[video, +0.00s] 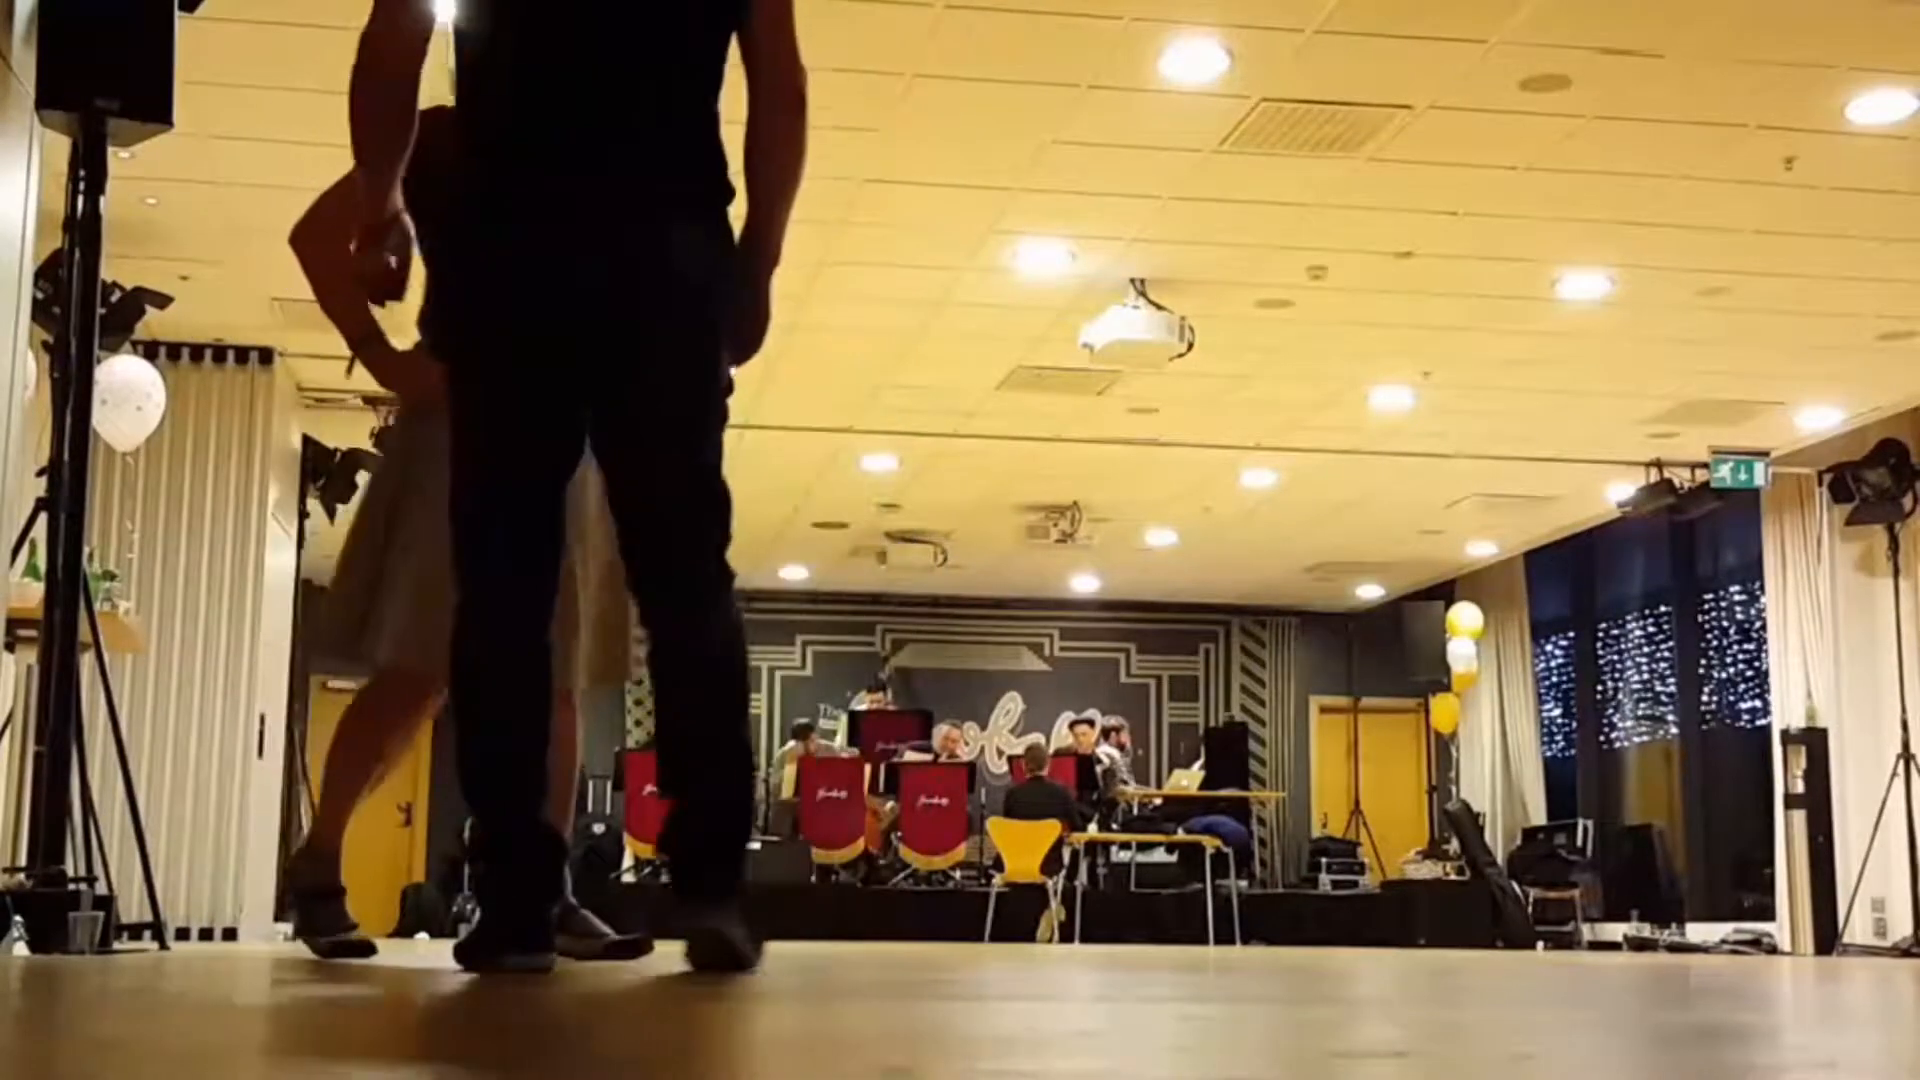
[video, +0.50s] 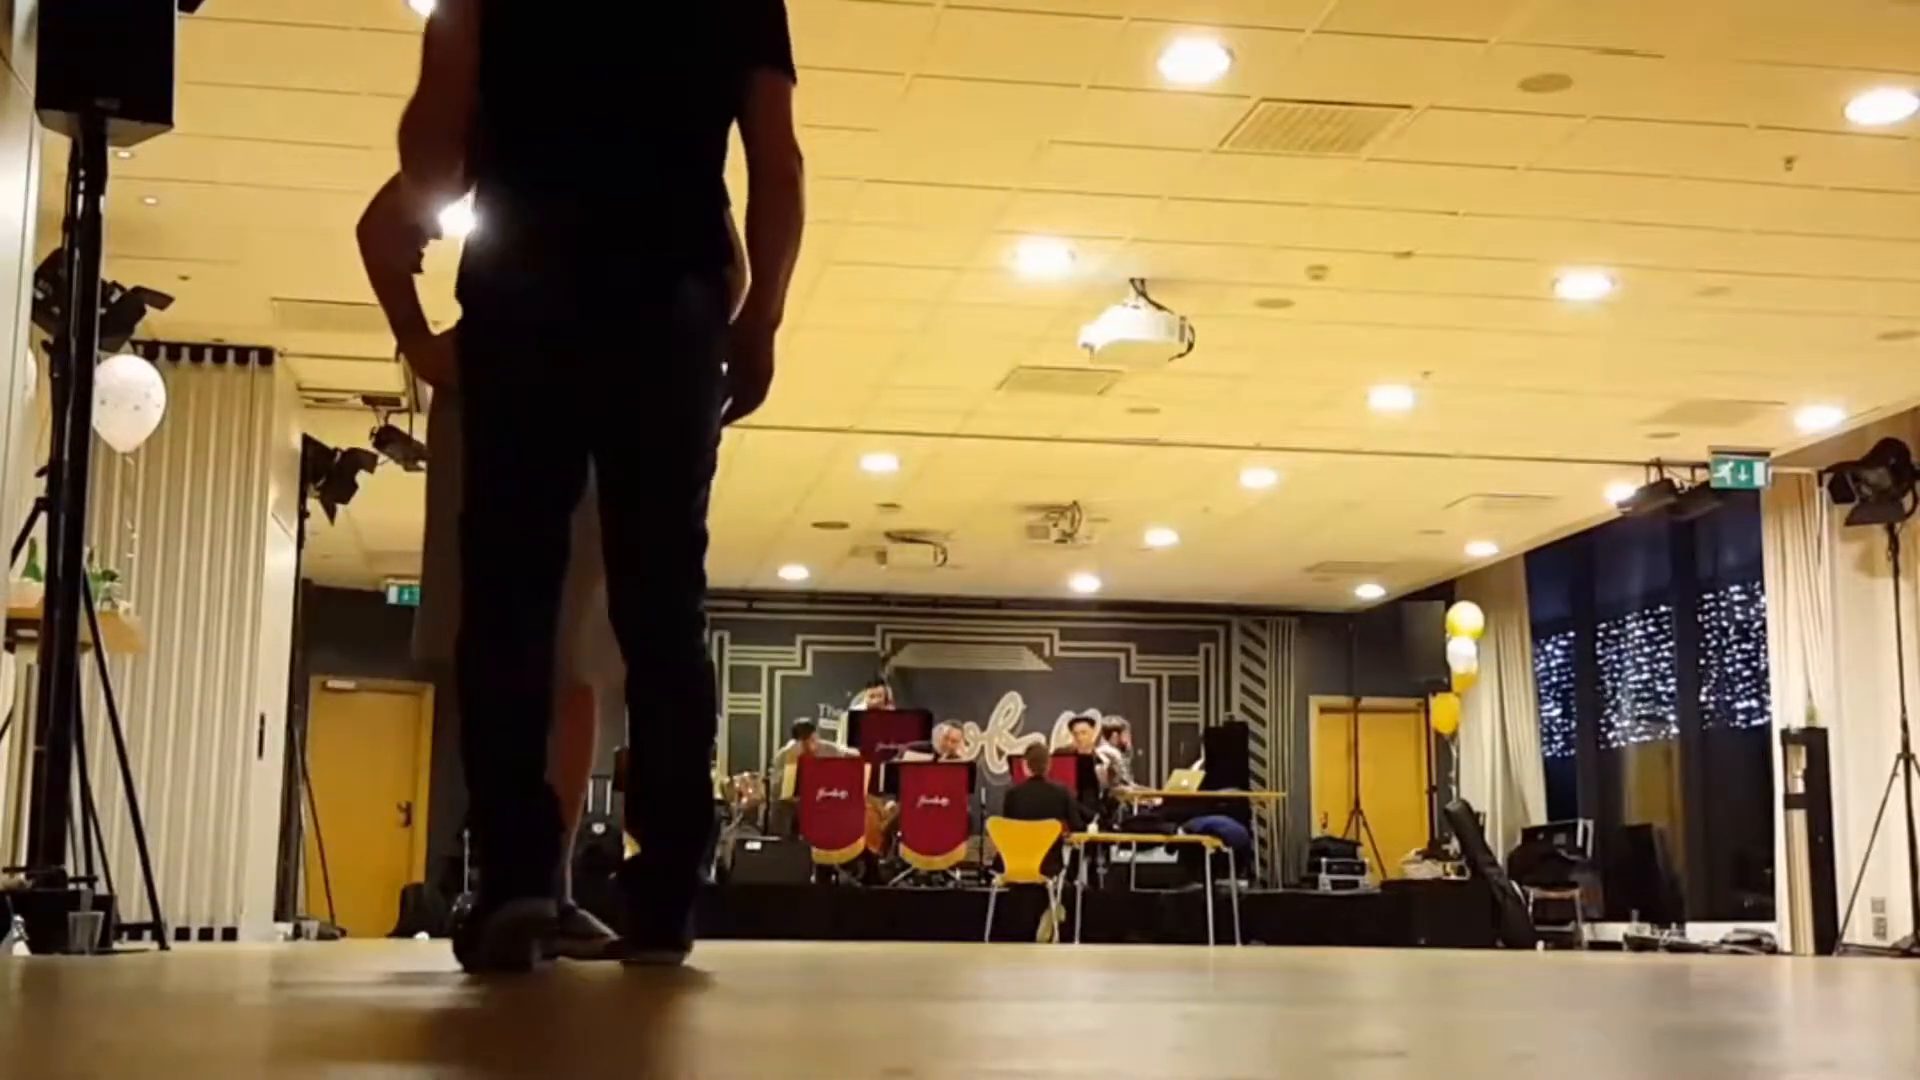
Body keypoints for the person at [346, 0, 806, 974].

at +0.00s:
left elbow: (389, 47)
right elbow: (780, 84)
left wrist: (379, 199)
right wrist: (759, 261)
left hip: (506, 275)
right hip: (665, 276)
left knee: (501, 597)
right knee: (689, 589)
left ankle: (513, 907)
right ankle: (712, 895)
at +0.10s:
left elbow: (384, 77)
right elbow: (768, 100)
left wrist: (372, 204)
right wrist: (753, 272)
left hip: (503, 271)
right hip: (663, 272)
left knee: (500, 593)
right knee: (676, 593)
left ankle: (513, 908)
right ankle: (697, 912)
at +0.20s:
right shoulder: (737, 4)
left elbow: (390, 86)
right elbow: (763, 114)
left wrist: (382, 194)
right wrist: (750, 282)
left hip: (503, 277)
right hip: (660, 281)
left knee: (500, 605)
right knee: (672, 604)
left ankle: (512, 909)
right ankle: (685, 907)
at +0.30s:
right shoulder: (732, 9)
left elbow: (399, 93)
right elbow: (766, 136)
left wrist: (395, 194)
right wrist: (753, 296)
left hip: (506, 290)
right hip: (659, 294)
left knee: (503, 610)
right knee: (666, 610)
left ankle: (513, 906)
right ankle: (672, 903)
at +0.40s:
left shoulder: (453, 4)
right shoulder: (737, 12)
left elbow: (410, 117)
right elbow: (768, 153)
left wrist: (421, 209)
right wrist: (757, 312)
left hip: (512, 302)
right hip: (665, 306)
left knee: (505, 608)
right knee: (661, 603)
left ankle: (513, 900)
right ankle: (665, 896)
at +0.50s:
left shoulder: (473, 11)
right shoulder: (742, 13)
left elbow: (431, 151)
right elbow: (778, 162)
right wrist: (763, 321)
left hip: (522, 314)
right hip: (670, 315)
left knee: (506, 609)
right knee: (664, 611)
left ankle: (517, 890)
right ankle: (665, 898)